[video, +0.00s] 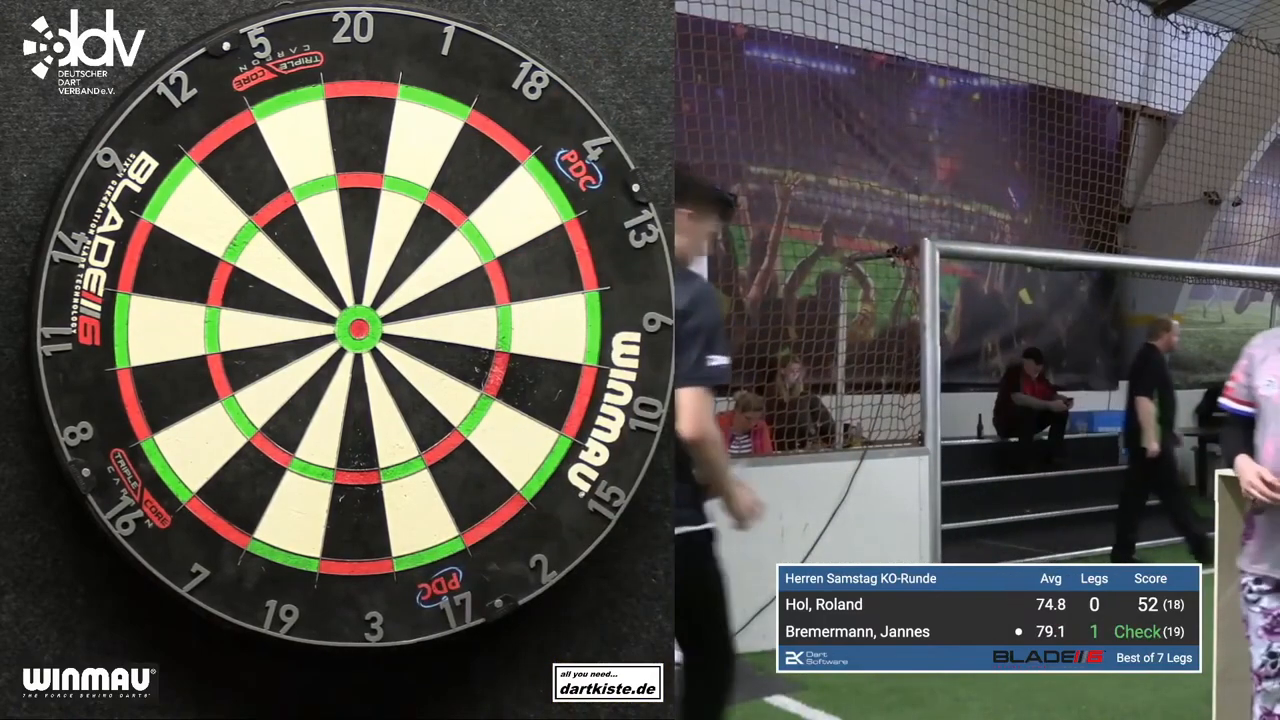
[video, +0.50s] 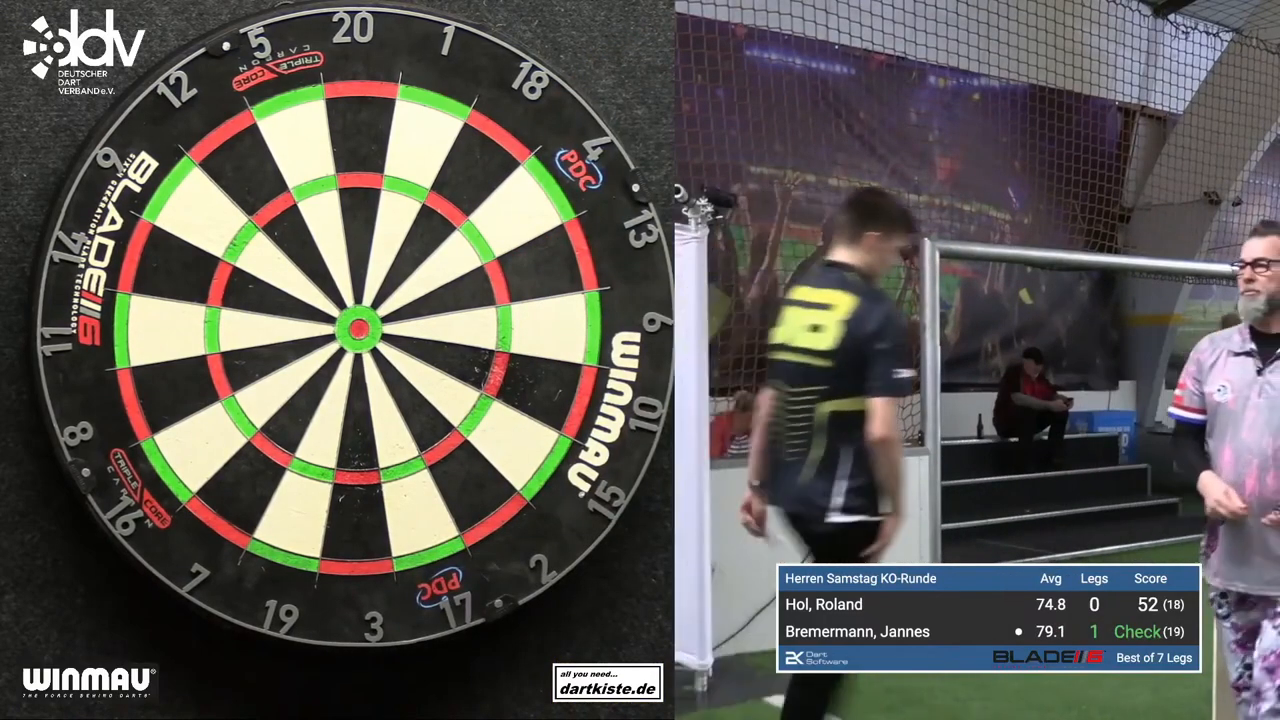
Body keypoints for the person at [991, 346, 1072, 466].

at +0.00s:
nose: (1038, 368)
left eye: (1040, 365)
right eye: (1035, 364)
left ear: (1042, 366)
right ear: (1026, 362)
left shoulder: (1040, 379)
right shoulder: (1013, 374)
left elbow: (1051, 395)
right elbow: (1017, 398)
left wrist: (1064, 401)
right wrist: (1050, 405)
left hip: (1029, 421)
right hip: (1007, 422)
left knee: (1060, 411)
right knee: (1028, 414)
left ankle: (1054, 453)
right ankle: (1025, 457)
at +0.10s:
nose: (1038, 368)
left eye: (1040, 365)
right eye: (1035, 364)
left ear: (1042, 366)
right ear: (1025, 362)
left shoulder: (1040, 380)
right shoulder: (1013, 374)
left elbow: (1051, 395)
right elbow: (1016, 398)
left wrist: (1064, 401)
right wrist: (1050, 405)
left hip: (1029, 421)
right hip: (1007, 423)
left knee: (1060, 411)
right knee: (1028, 414)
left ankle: (1054, 453)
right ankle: (1025, 459)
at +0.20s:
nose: (1038, 368)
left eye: (1040, 365)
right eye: (1035, 364)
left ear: (1042, 366)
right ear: (1025, 362)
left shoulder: (1040, 380)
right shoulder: (1013, 374)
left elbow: (1051, 395)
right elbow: (1016, 398)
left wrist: (1064, 401)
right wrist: (1050, 405)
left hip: (1029, 421)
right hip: (1007, 423)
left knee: (1060, 412)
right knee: (1028, 414)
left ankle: (1054, 454)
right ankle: (1025, 459)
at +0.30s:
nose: (1038, 368)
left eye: (1040, 365)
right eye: (1035, 364)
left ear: (1042, 366)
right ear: (1025, 362)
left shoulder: (1040, 380)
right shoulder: (1013, 374)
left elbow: (1051, 395)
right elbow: (1016, 399)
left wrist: (1064, 401)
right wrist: (1050, 405)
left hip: (1029, 421)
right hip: (1007, 423)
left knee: (1060, 412)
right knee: (1028, 414)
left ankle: (1054, 454)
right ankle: (1025, 460)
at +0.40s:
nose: (1038, 368)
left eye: (1040, 365)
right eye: (1035, 364)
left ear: (1042, 366)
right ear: (1025, 362)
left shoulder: (1040, 380)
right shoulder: (1013, 374)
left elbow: (1051, 395)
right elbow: (1016, 399)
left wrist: (1064, 401)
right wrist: (1050, 405)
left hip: (1029, 421)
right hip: (1007, 423)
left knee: (1060, 412)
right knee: (1028, 414)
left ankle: (1054, 454)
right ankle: (1025, 460)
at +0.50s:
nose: (1038, 368)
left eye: (1040, 365)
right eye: (1035, 364)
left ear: (1042, 366)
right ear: (1025, 362)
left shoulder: (1040, 380)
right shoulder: (1013, 374)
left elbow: (1051, 395)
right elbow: (1016, 399)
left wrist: (1064, 401)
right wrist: (1050, 405)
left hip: (1029, 421)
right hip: (1007, 423)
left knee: (1060, 412)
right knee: (1028, 414)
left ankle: (1054, 454)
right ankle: (1025, 460)